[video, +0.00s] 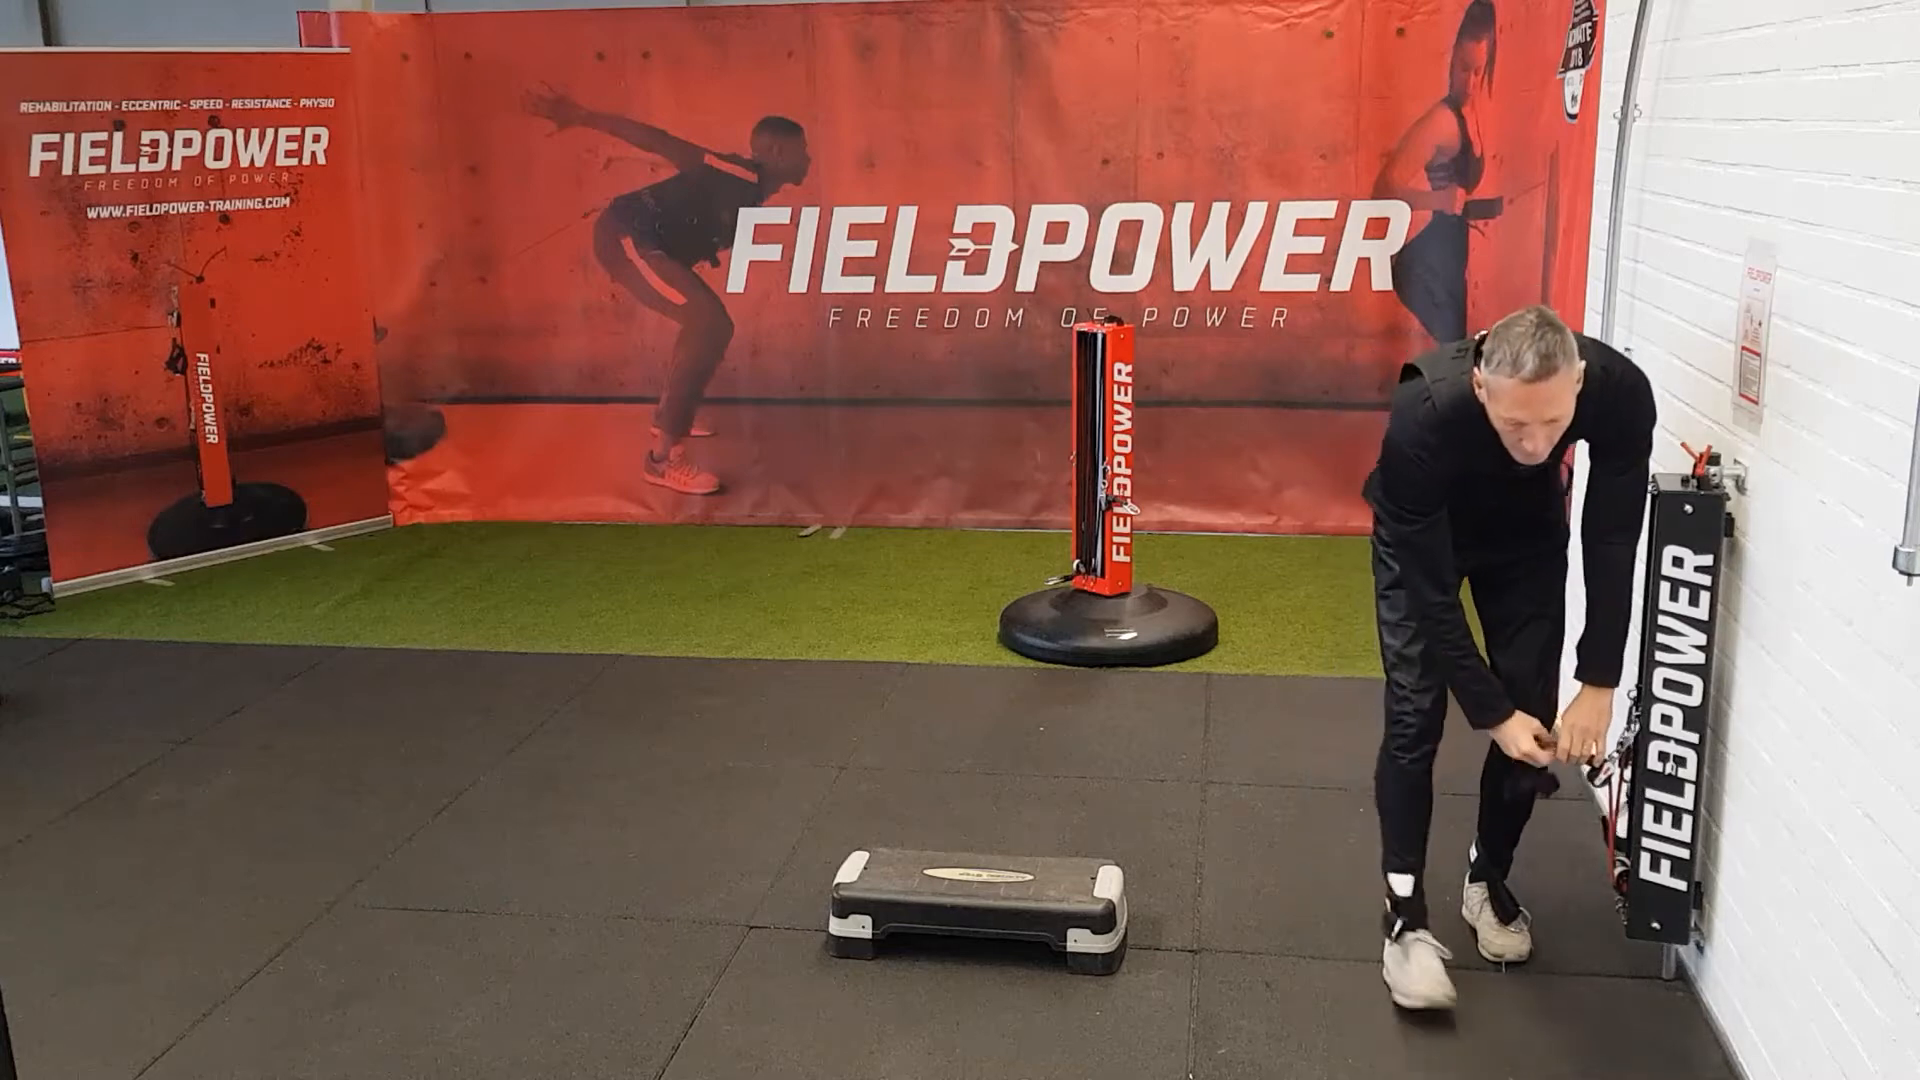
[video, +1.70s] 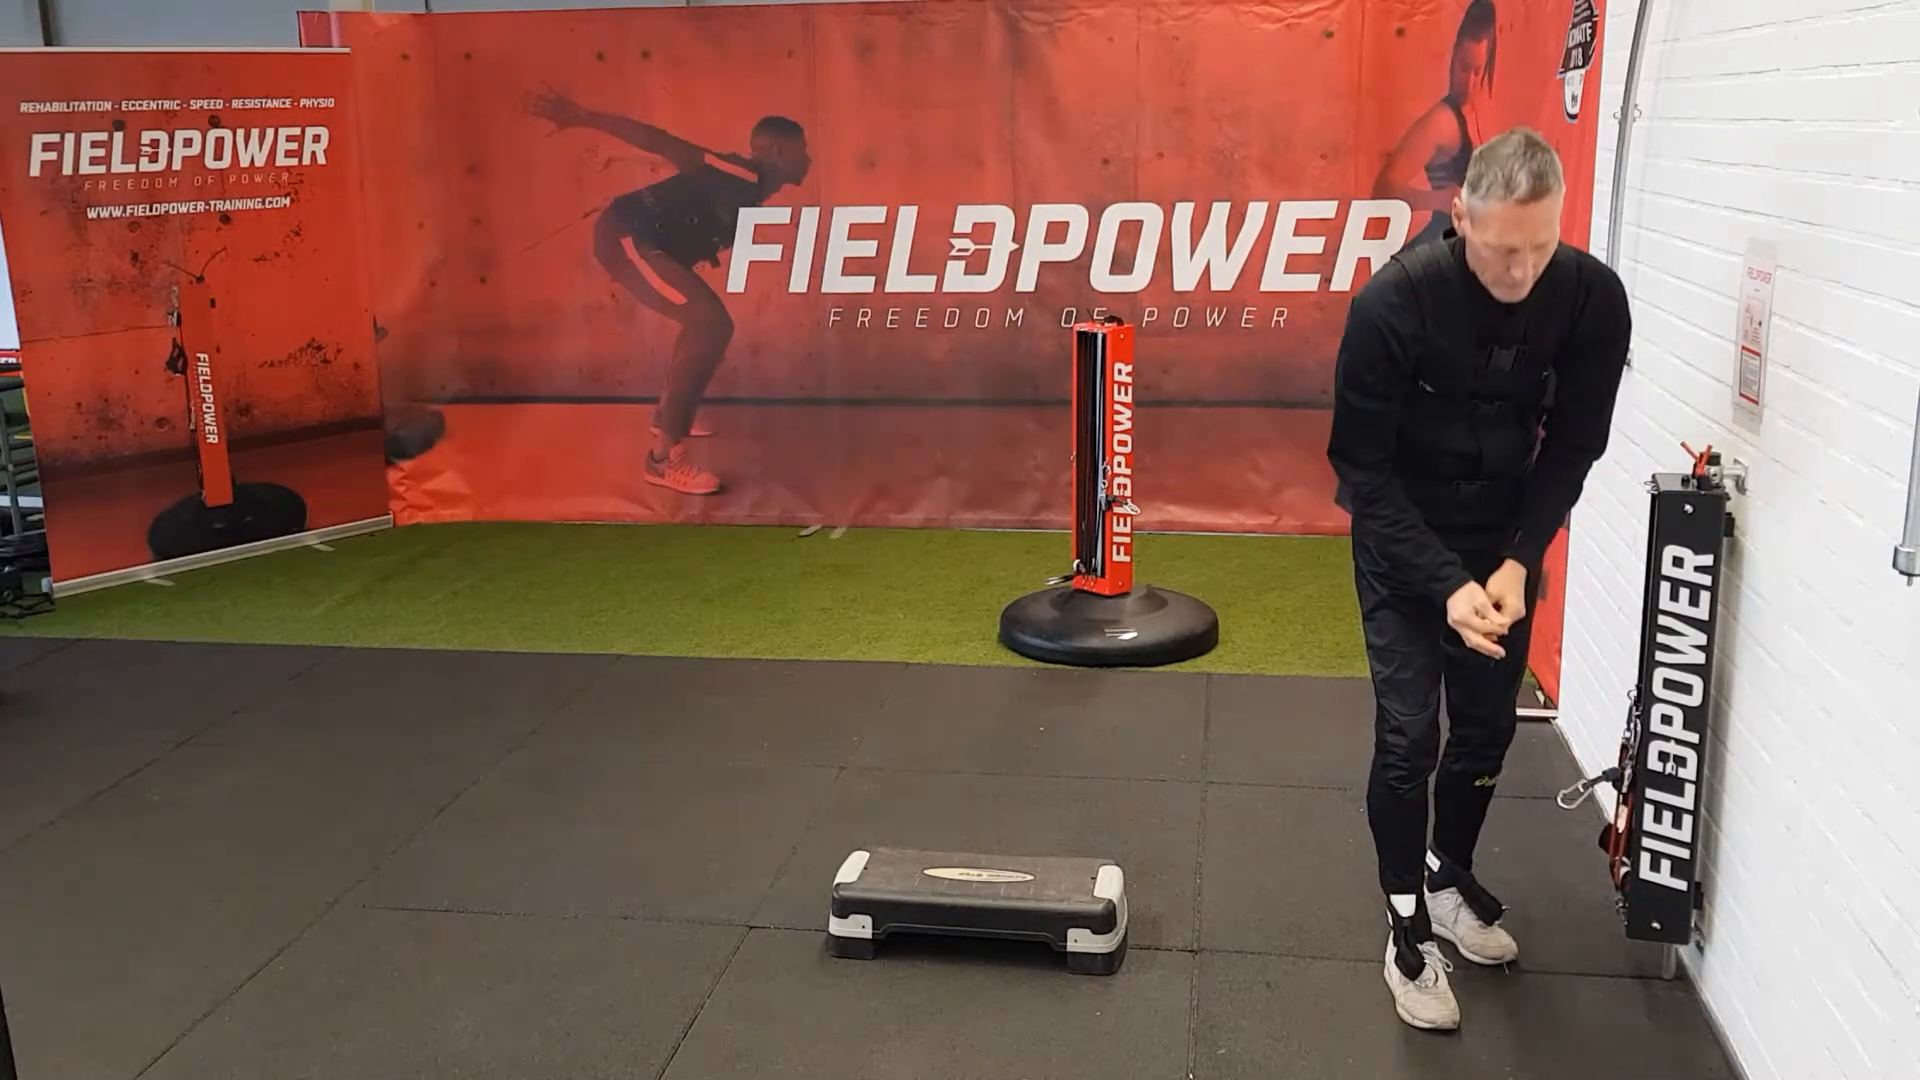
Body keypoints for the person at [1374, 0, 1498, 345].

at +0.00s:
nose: (1472, 82)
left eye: (1481, 72)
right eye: (1465, 70)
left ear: (1490, 73)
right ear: (1450, 67)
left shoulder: (1466, 119)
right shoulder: (1441, 121)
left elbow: (1433, 188)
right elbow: (1391, 187)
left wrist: (1468, 211)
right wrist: (1442, 200)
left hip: (1445, 252)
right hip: (1424, 255)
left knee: (1451, 347)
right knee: (1446, 348)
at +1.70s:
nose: (1471, 81)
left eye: (1480, 71)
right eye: (1464, 69)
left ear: (1489, 70)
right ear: (1450, 66)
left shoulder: (1473, 115)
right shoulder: (1440, 121)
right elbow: (1385, 189)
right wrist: (1442, 200)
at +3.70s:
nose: (1473, 80)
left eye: (1483, 70)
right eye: (1466, 68)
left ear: (1493, 70)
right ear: (1452, 64)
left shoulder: (1470, 119)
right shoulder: (1442, 120)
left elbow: (1437, 187)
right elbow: (1387, 188)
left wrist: (1469, 212)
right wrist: (1440, 199)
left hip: (1446, 256)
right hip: (1425, 258)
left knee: (1450, 357)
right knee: (1442, 359)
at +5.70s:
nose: (1471, 81)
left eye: (1481, 71)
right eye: (1464, 68)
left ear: (1492, 72)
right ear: (1451, 66)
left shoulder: (1466, 119)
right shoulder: (1442, 119)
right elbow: (1386, 188)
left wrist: (1469, 211)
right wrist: (1438, 199)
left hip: (1445, 256)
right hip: (1424, 259)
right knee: (1450, 356)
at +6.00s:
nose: (1471, 81)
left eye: (1480, 71)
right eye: (1465, 68)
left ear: (1488, 72)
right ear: (1450, 65)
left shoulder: (1465, 118)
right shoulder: (1440, 120)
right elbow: (1387, 186)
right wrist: (1438, 200)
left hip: (1445, 254)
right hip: (1426, 257)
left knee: (1456, 344)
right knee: (1450, 345)